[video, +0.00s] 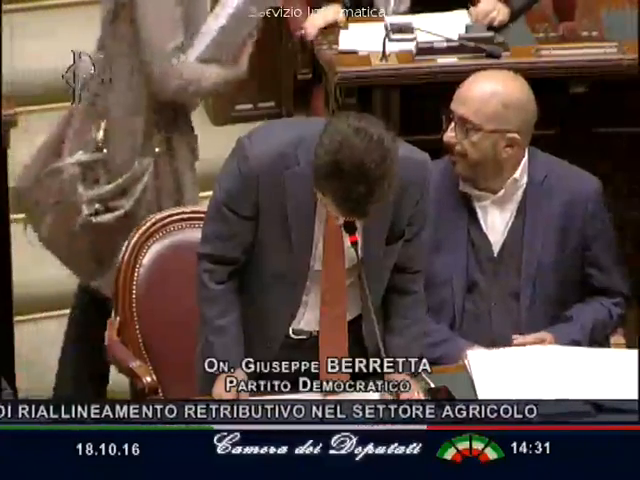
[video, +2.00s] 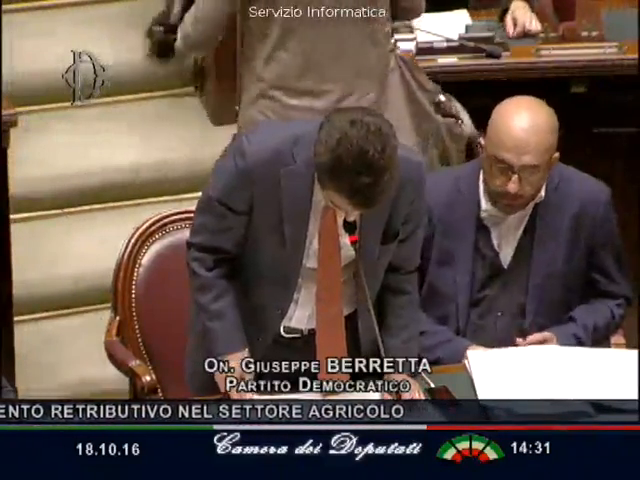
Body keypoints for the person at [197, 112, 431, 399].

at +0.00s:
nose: (343, 219)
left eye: (356, 215)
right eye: (336, 210)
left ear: (389, 178)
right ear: (317, 180)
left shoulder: (413, 173)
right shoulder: (258, 161)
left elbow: (408, 279)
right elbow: (217, 265)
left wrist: (403, 368)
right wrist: (227, 367)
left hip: (359, 336)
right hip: (272, 340)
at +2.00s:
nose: (349, 216)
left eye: (361, 208)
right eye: (339, 204)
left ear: (389, 176)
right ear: (320, 170)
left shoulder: (408, 177)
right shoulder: (253, 160)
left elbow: (402, 279)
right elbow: (207, 255)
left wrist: (402, 366)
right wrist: (231, 349)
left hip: (350, 334)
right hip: (266, 338)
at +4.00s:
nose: (354, 213)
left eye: (365, 206)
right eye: (344, 203)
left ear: (389, 174)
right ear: (323, 167)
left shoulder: (408, 176)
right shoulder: (253, 157)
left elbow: (401, 276)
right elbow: (204, 250)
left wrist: (401, 366)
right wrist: (232, 342)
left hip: (347, 333)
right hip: (261, 338)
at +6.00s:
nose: (354, 214)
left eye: (366, 205)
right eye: (344, 202)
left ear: (395, 176)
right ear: (324, 162)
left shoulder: (411, 178)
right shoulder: (257, 158)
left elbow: (404, 276)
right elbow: (205, 246)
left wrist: (401, 367)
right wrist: (230, 342)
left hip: (351, 335)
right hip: (263, 339)